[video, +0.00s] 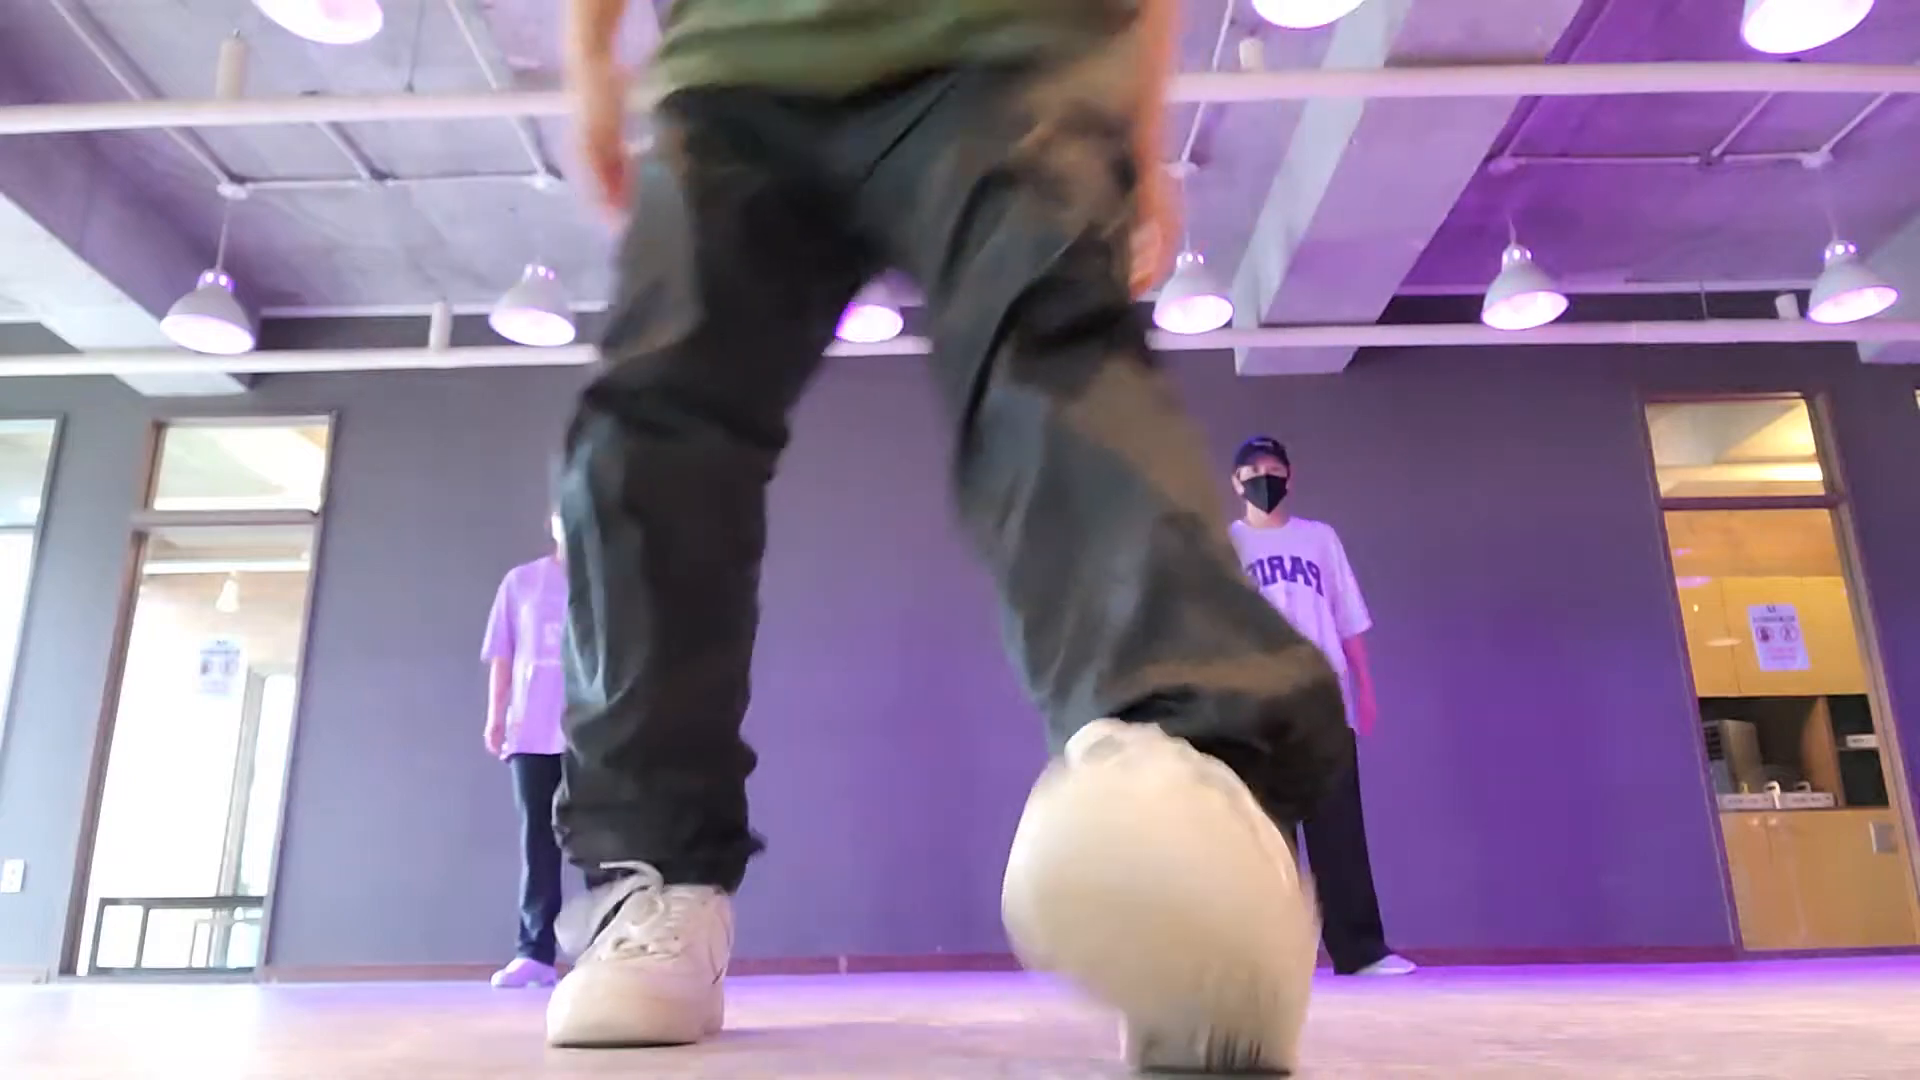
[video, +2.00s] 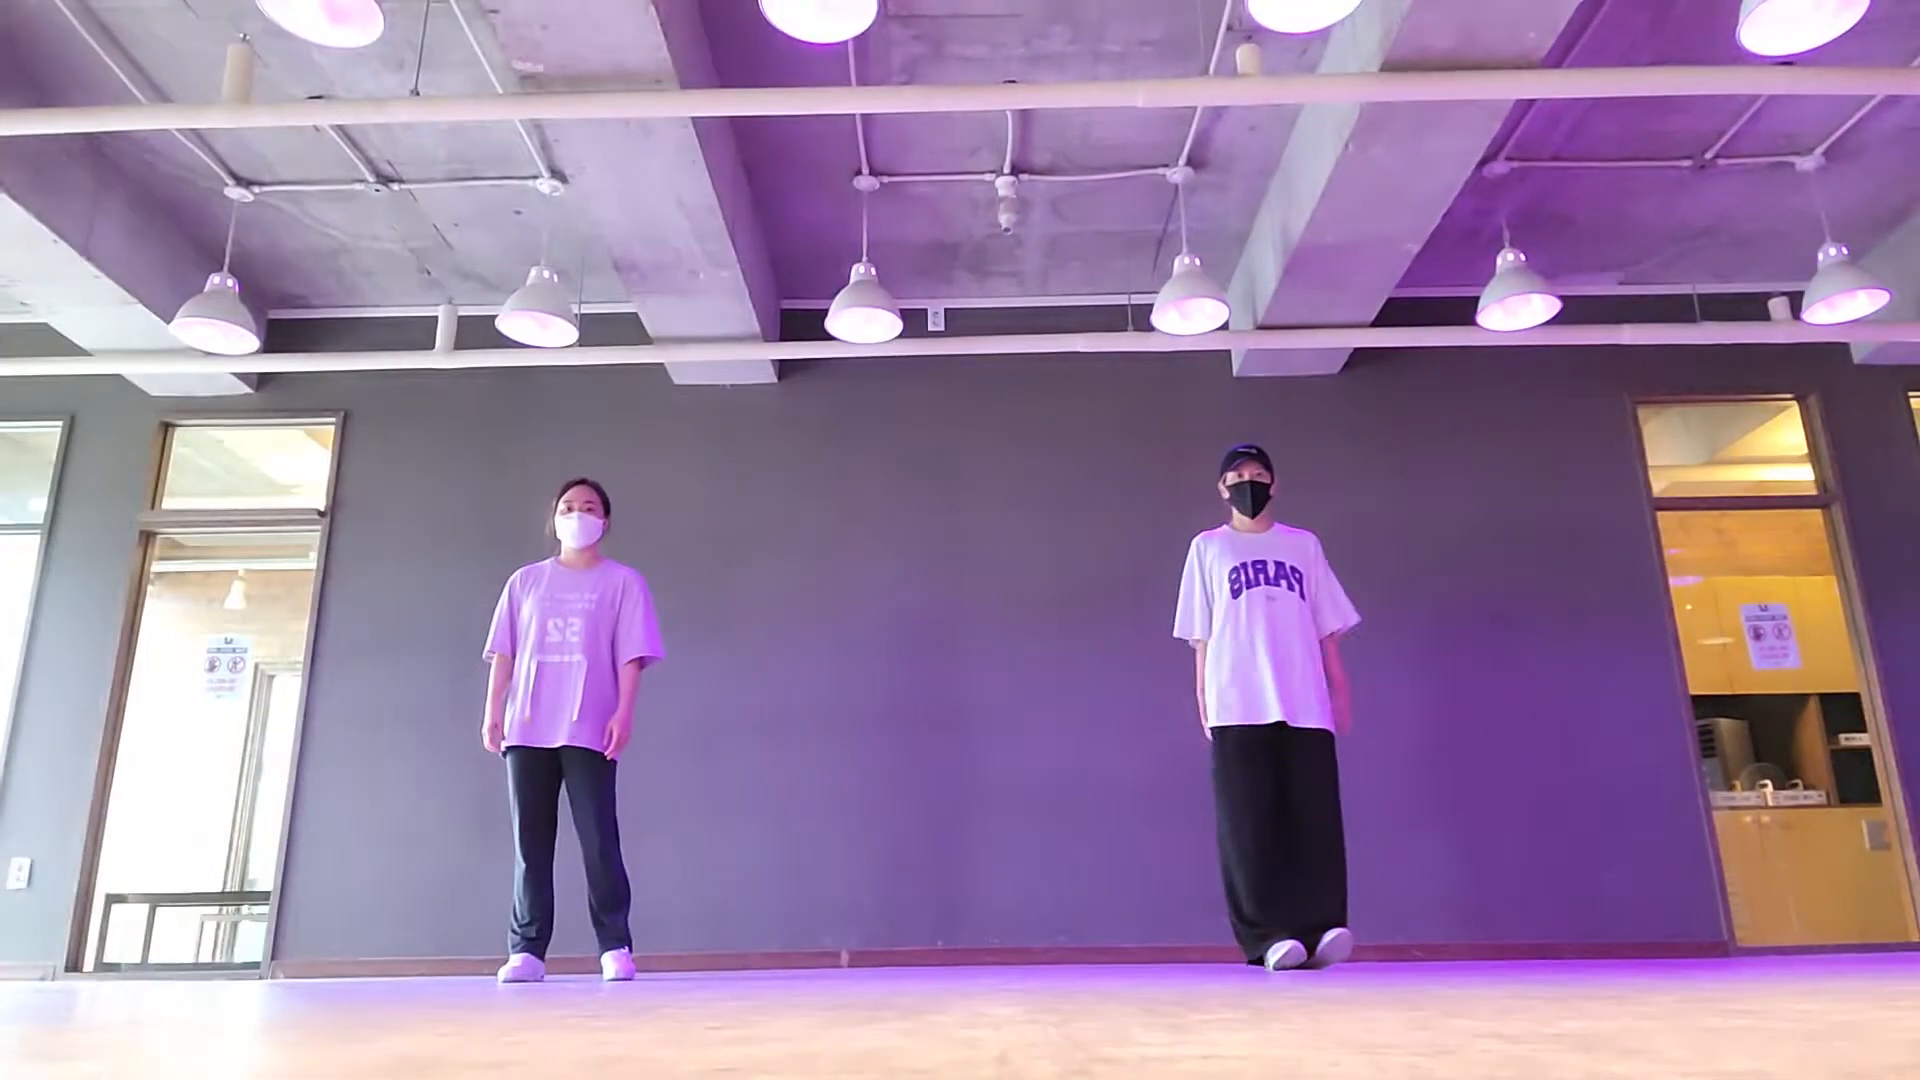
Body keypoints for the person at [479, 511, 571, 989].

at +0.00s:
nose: (569, 530)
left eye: (577, 522)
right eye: (563, 521)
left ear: (592, 528)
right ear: (552, 524)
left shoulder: (605, 582)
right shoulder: (520, 582)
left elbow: (621, 655)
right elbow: (501, 658)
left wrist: (618, 723)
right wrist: (496, 718)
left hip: (591, 735)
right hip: (533, 730)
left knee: (598, 844)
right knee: (537, 844)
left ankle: (609, 955)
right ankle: (536, 952)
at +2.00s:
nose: (578, 515)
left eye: (589, 509)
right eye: (568, 508)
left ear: (605, 524)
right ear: (554, 522)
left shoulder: (623, 581)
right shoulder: (525, 580)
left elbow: (632, 656)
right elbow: (503, 653)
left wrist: (624, 714)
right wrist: (494, 711)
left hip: (588, 728)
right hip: (527, 728)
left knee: (599, 843)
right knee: (530, 846)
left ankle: (615, 948)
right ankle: (526, 952)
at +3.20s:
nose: (566, 511)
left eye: (577, 505)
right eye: (557, 504)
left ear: (594, 522)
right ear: (543, 520)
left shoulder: (616, 581)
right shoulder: (514, 581)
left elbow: (638, 653)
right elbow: (490, 651)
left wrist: (604, 666)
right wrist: (497, 657)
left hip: (586, 729)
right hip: (524, 728)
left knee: (595, 841)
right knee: (529, 845)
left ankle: (609, 949)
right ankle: (525, 953)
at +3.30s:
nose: (569, 510)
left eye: (581, 504)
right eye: (560, 504)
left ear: (598, 522)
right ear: (547, 521)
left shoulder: (621, 580)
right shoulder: (521, 580)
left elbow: (645, 651)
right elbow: (485, 650)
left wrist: (606, 615)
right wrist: (512, 608)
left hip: (591, 728)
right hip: (529, 727)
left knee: (597, 840)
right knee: (531, 844)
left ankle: (609, 949)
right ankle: (525, 953)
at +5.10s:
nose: (593, 511)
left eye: (604, 505)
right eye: (584, 505)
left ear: (620, 522)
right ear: (570, 520)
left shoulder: (635, 576)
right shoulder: (543, 577)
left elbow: (670, 617)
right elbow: (490, 610)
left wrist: (663, 565)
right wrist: (516, 555)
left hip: (612, 721)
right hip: (548, 721)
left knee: (611, 837)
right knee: (543, 837)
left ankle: (610, 949)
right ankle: (527, 951)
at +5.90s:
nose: (573, 511)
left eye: (586, 503)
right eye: (569, 504)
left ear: (611, 519)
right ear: (562, 518)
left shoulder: (633, 574)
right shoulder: (543, 581)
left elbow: (676, 633)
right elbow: (499, 641)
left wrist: (657, 583)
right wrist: (478, 601)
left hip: (609, 723)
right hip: (547, 723)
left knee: (609, 839)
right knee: (542, 841)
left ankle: (610, 949)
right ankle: (527, 951)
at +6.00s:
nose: (573, 510)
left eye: (585, 503)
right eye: (569, 503)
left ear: (611, 518)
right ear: (561, 518)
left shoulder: (636, 576)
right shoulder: (540, 582)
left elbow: (674, 645)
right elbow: (518, 652)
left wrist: (639, 636)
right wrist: (494, 655)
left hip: (607, 725)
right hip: (546, 725)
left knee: (608, 840)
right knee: (541, 841)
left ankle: (610, 949)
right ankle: (527, 952)